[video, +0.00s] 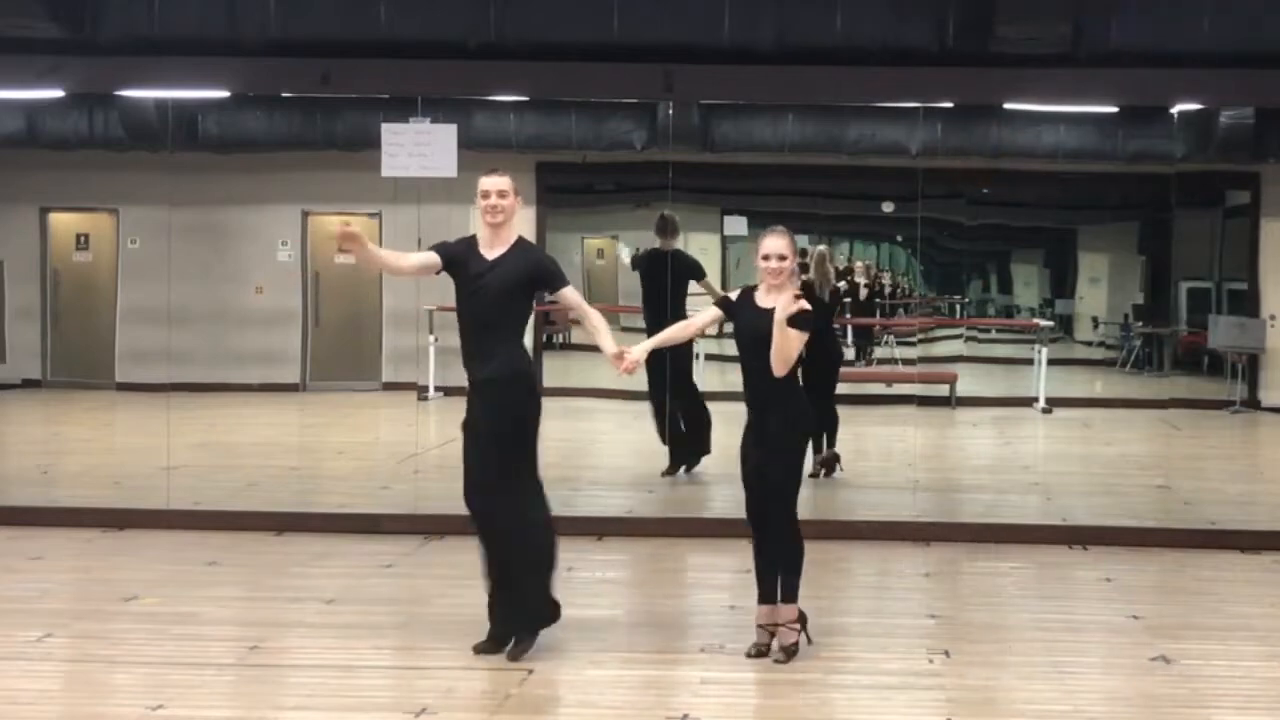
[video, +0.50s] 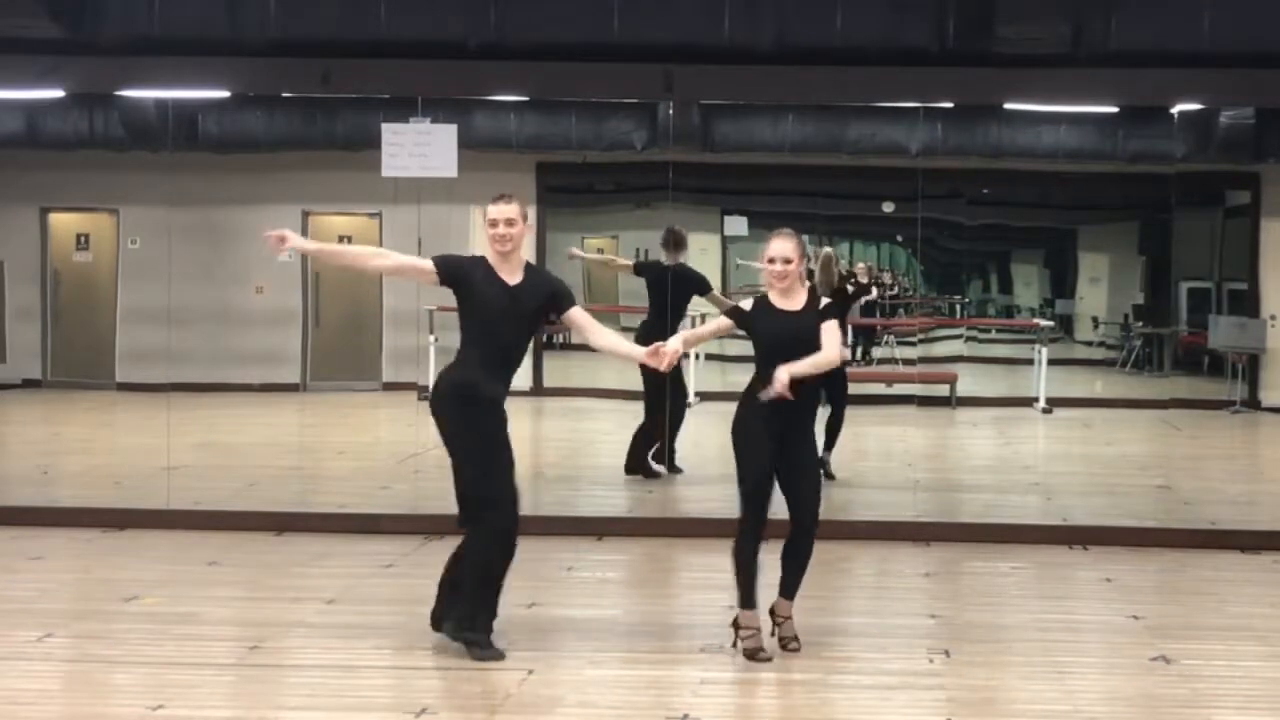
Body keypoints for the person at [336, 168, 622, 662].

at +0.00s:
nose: (494, 202)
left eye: (502, 195)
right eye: (486, 195)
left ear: (517, 203)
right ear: (476, 203)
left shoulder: (531, 258)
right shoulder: (460, 251)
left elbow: (584, 310)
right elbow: (408, 264)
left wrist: (611, 348)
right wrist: (366, 250)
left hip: (515, 389)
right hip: (481, 389)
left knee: (512, 496)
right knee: (481, 499)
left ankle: (533, 608)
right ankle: (505, 614)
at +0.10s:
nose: (492, 204)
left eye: (501, 197)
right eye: (485, 197)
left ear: (516, 204)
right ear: (476, 204)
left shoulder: (531, 261)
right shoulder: (459, 252)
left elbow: (584, 313)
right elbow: (405, 268)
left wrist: (616, 351)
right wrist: (364, 258)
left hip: (512, 385)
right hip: (480, 386)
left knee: (495, 496)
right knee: (475, 500)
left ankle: (526, 608)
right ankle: (507, 613)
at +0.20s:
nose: (497, 208)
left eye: (505, 201)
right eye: (489, 201)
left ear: (519, 208)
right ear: (478, 208)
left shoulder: (533, 268)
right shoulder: (454, 254)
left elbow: (580, 320)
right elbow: (380, 267)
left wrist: (623, 356)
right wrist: (311, 267)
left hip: (523, 398)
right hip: (471, 398)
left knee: (540, 506)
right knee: (479, 508)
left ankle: (534, 620)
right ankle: (499, 613)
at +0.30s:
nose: (498, 216)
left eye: (507, 208)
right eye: (490, 208)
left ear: (520, 215)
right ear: (478, 214)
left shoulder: (531, 274)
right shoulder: (454, 258)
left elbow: (579, 328)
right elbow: (368, 269)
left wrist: (626, 362)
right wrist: (295, 273)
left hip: (515, 399)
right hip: (474, 399)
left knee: (540, 504)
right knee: (512, 506)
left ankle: (520, 615)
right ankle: (480, 616)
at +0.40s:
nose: (498, 225)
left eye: (506, 218)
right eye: (490, 218)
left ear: (520, 224)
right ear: (479, 224)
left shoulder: (536, 282)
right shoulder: (458, 267)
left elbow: (584, 330)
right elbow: (373, 268)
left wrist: (636, 360)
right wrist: (298, 264)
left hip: (503, 402)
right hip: (471, 400)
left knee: (524, 511)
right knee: (520, 511)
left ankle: (481, 611)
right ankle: (472, 612)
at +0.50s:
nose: (502, 231)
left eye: (510, 223)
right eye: (494, 223)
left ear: (526, 229)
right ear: (484, 229)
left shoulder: (545, 286)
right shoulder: (465, 270)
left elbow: (594, 332)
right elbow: (381, 261)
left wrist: (643, 354)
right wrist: (305, 245)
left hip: (486, 404)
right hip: (460, 400)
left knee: (494, 518)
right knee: (498, 518)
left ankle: (451, 610)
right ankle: (471, 626)